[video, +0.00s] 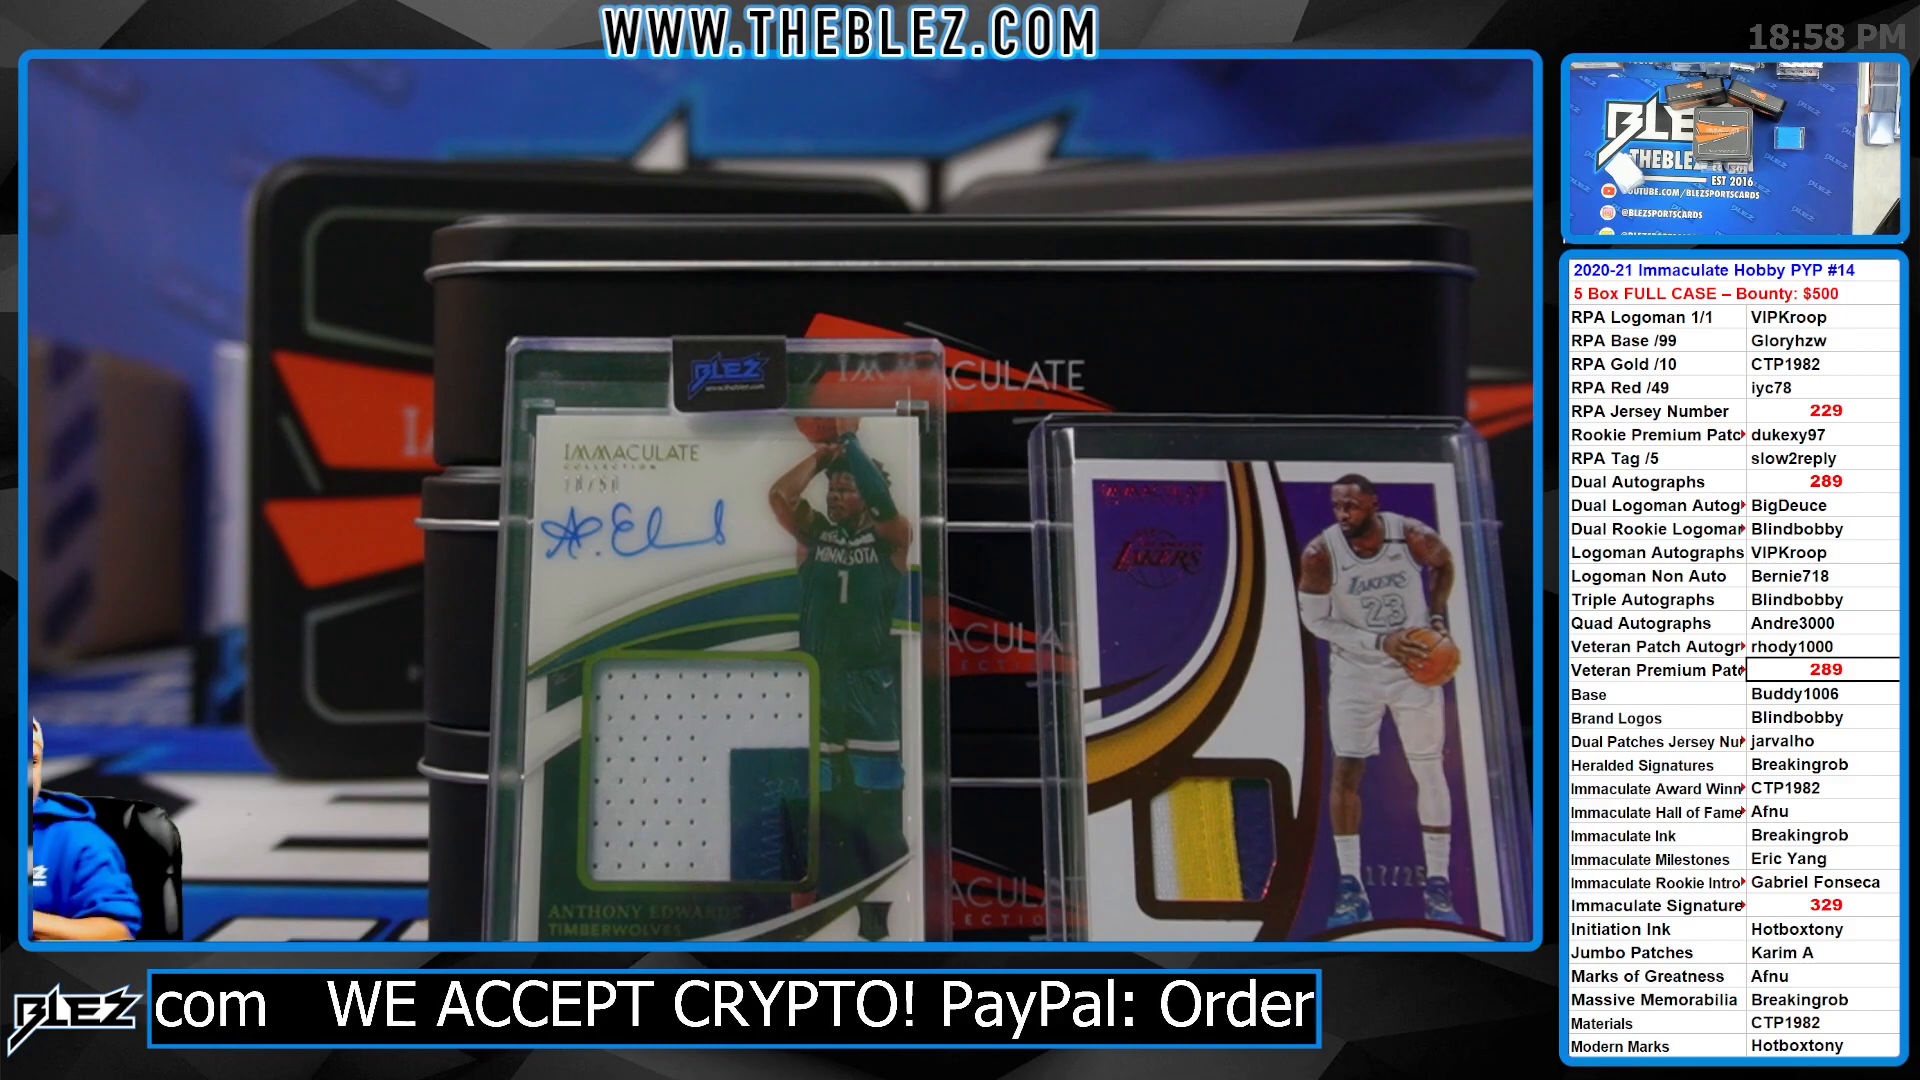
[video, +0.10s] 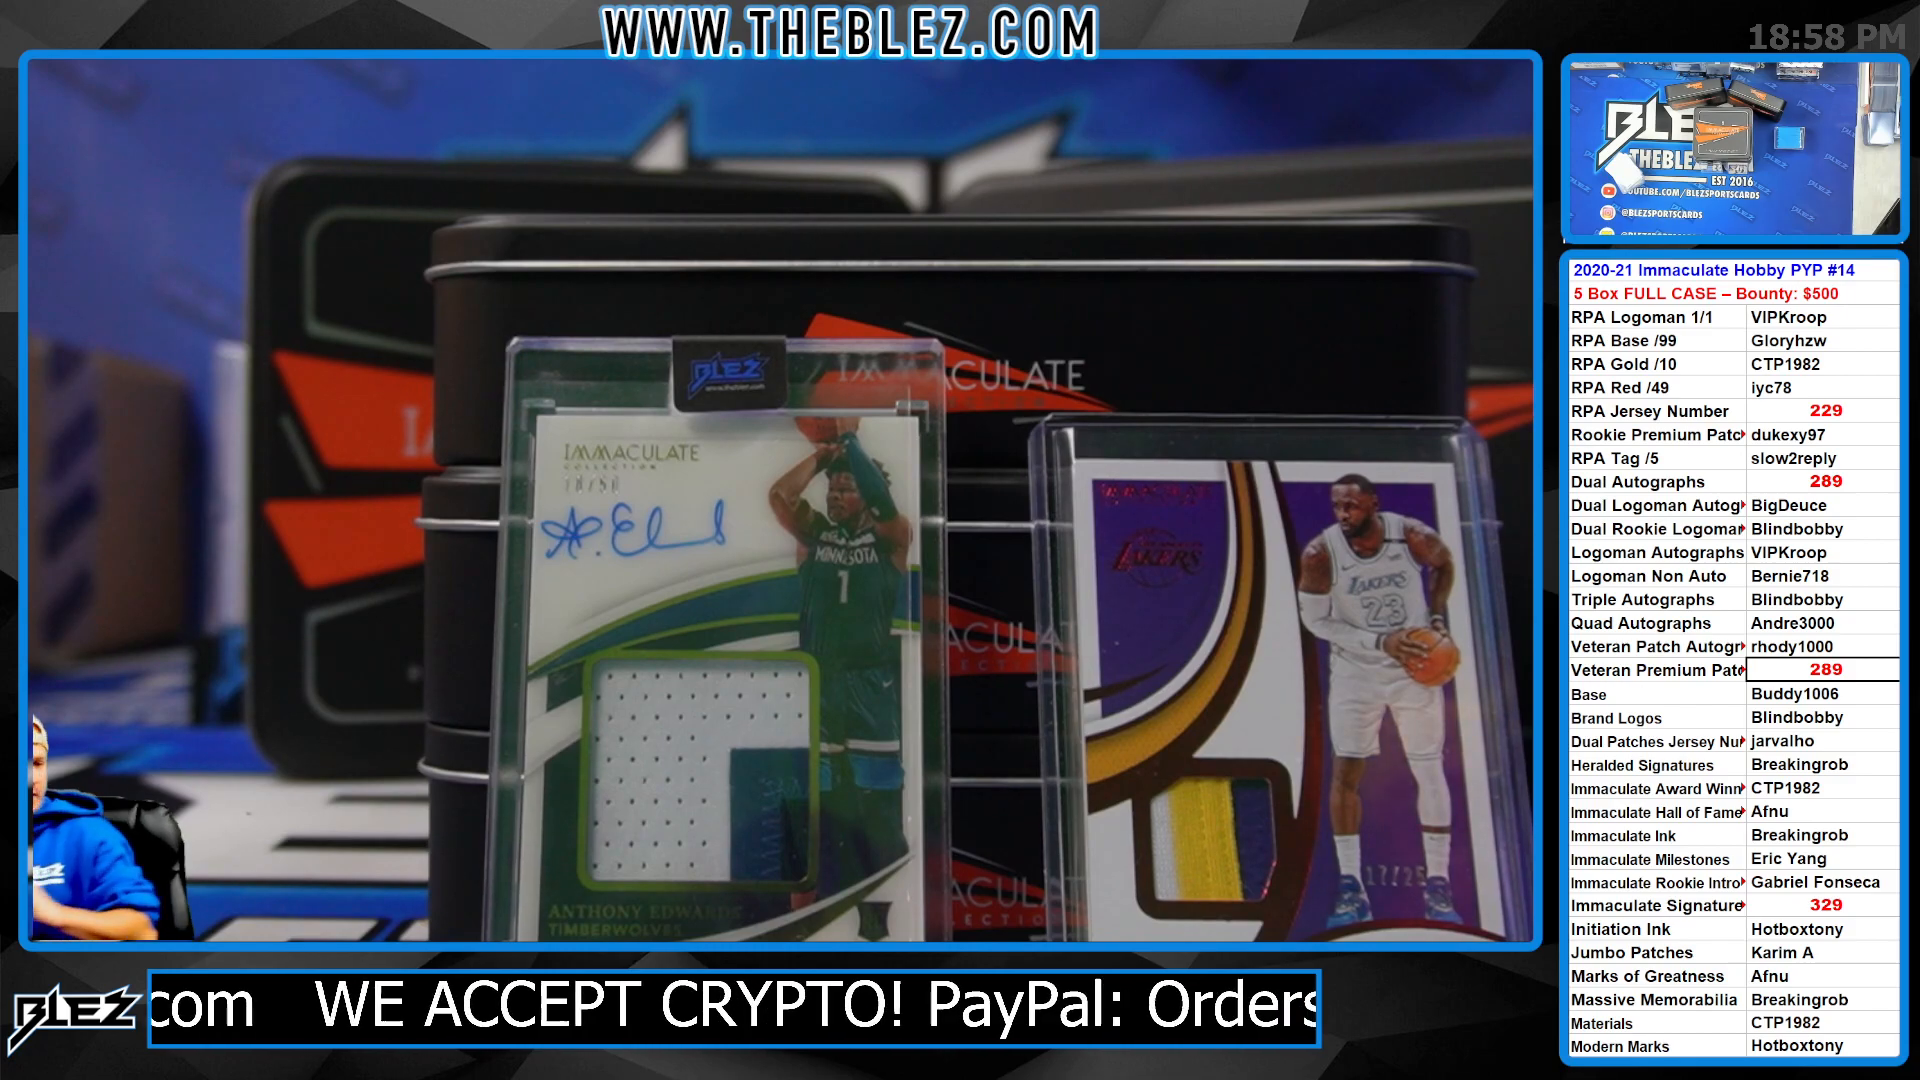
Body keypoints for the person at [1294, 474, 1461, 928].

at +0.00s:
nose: (1342, 514)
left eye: (1351, 506)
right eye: (1336, 506)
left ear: (1374, 505)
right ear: (1332, 509)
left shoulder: (1413, 536)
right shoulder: (1319, 555)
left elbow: (1444, 565)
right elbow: (1316, 621)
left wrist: (1437, 617)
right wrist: (1379, 642)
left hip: (1414, 672)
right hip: (1354, 675)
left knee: (1430, 771)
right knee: (1347, 773)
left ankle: (1438, 884)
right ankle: (1351, 888)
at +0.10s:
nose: (1343, 514)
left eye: (1351, 505)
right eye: (1337, 506)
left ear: (1374, 505)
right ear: (1332, 509)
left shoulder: (1412, 535)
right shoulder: (1319, 555)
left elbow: (1444, 565)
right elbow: (1316, 621)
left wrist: (1437, 617)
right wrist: (1379, 641)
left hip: (1414, 673)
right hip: (1354, 675)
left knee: (1430, 772)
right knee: (1347, 775)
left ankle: (1438, 884)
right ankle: (1351, 888)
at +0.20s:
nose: (1342, 514)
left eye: (1351, 505)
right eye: (1337, 506)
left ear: (1374, 505)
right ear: (1332, 509)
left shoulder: (1412, 535)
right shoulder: (1319, 555)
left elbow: (1444, 565)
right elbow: (1316, 621)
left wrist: (1437, 616)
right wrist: (1379, 641)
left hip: (1414, 673)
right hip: (1354, 675)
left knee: (1430, 772)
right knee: (1347, 774)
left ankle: (1438, 884)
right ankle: (1351, 888)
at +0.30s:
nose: (1342, 514)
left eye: (1351, 505)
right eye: (1337, 506)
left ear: (1374, 504)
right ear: (1332, 509)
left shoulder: (1412, 535)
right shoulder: (1319, 555)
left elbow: (1444, 564)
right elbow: (1316, 621)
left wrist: (1437, 616)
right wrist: (1379, 641)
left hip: (1414, 673)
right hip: (1354, 675)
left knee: (1430, 771)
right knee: (1347, 773)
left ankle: (1438, 884)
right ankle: (1351, 888)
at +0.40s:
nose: (1343, 514)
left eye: (1351, 505)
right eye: (1337, 506)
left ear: (1374, 504)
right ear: (1332, 509)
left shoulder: (1413, 536)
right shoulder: (1319, 555)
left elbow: (1444, 565)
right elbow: (1316, 621)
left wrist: (1437, 616)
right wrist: (1379, 641)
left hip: (1414, 673)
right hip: (1354, 675)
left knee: (1430, 772)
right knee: (1347, 775)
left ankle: (1438, 885)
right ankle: (1351, 888)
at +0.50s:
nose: (1343, 514)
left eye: (1351, 505)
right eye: (1337, 506)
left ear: (1374, 504)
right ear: (1332, 509)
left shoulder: (1412, 535)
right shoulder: (1319, 555)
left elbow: (1444, 565)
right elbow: (1316, 621)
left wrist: (1436, 617)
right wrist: (1378, 641)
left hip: (1414, 671)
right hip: (1354, 674)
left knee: (1429, 771)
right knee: (1347, 775)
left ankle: (1438, 884)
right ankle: (1351, 887)